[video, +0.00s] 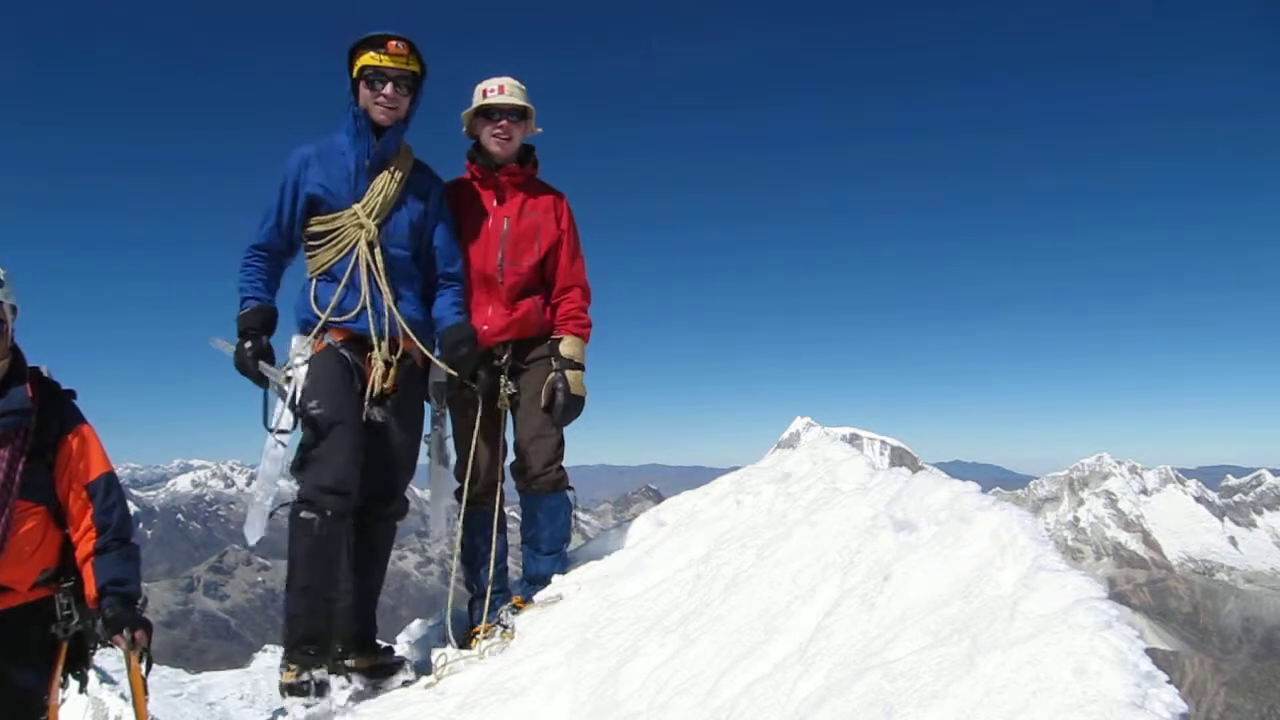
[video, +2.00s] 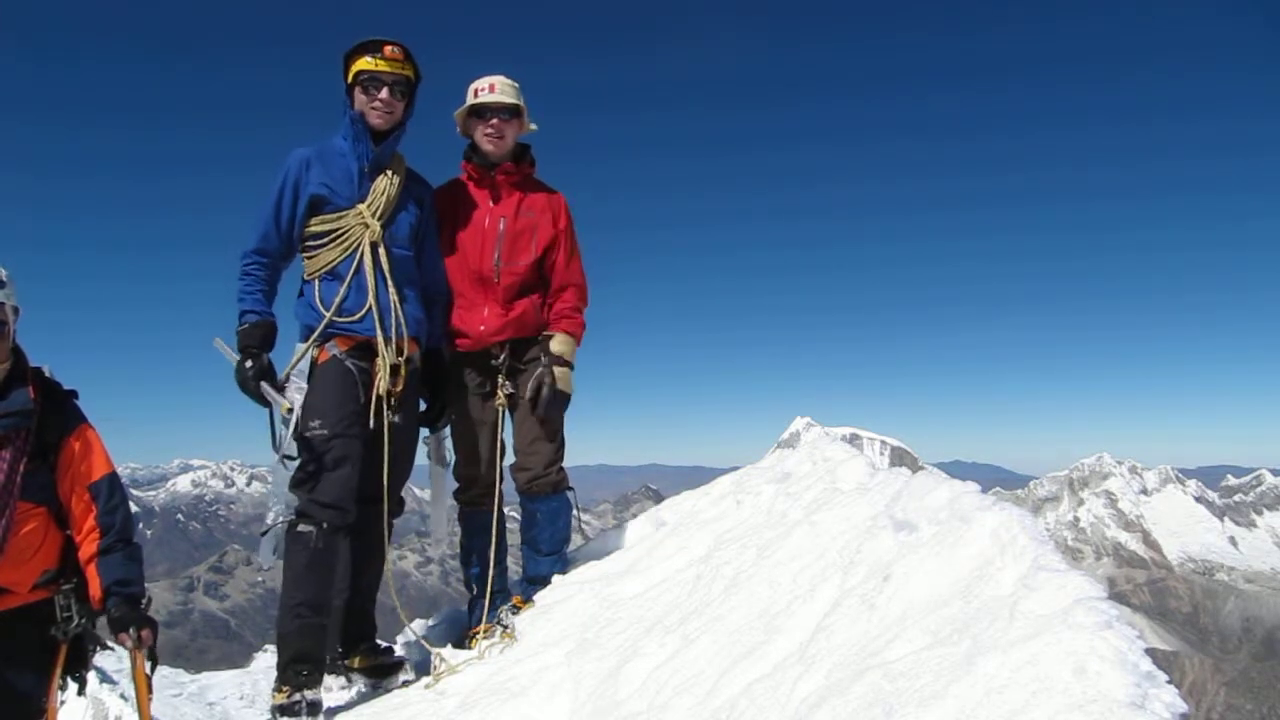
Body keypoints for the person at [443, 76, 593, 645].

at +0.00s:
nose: (502, 126)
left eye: (513, 117)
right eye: (491, 117)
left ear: (528, 128)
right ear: (474, 127)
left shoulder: (551, 204)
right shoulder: (450, 200)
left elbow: (571, 289)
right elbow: (434, 277)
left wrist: (572, 359)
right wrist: (448, 340)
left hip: (536, 350)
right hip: (469, 352)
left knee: (540, 464)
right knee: (478, 476)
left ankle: (542, 587)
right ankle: (486, 603)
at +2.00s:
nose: (495, 125)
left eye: (505, 116)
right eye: (484, 116)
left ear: (522, 126)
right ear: (467, 126)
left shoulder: (548, 204)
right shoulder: (443, 203)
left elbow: (569, 288)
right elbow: (424, 281)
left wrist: (561, 354)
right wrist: (428, 363)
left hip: (531, 352)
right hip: (463, 358)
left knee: (538, 471)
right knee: (476, 480)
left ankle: (542, 589)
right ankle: (485, 601)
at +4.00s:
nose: (480, 128)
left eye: (491, 118)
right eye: (469, 120)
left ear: (509, 127)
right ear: (455, 131)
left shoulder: (538, 202)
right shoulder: (436, 205)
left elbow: (562, 284)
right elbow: (422, 287)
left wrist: (559, 355)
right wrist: (425, 362)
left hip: (526, 350)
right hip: (458, 357)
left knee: (534, 466)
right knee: (474, 476)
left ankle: (540, 589)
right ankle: (485, 600)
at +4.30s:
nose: (480, 128)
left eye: (490, 118)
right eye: (469, 120)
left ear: (509, 127)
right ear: (455, 130)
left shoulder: (538, 201)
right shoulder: (436, 204)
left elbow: (562, 284)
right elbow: (422, 288)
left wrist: (559, 356)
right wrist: (426, 365)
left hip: (527, 351)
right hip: (459, 359)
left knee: (534, 469)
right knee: (474, 478)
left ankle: (541, 587)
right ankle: (484, 600)